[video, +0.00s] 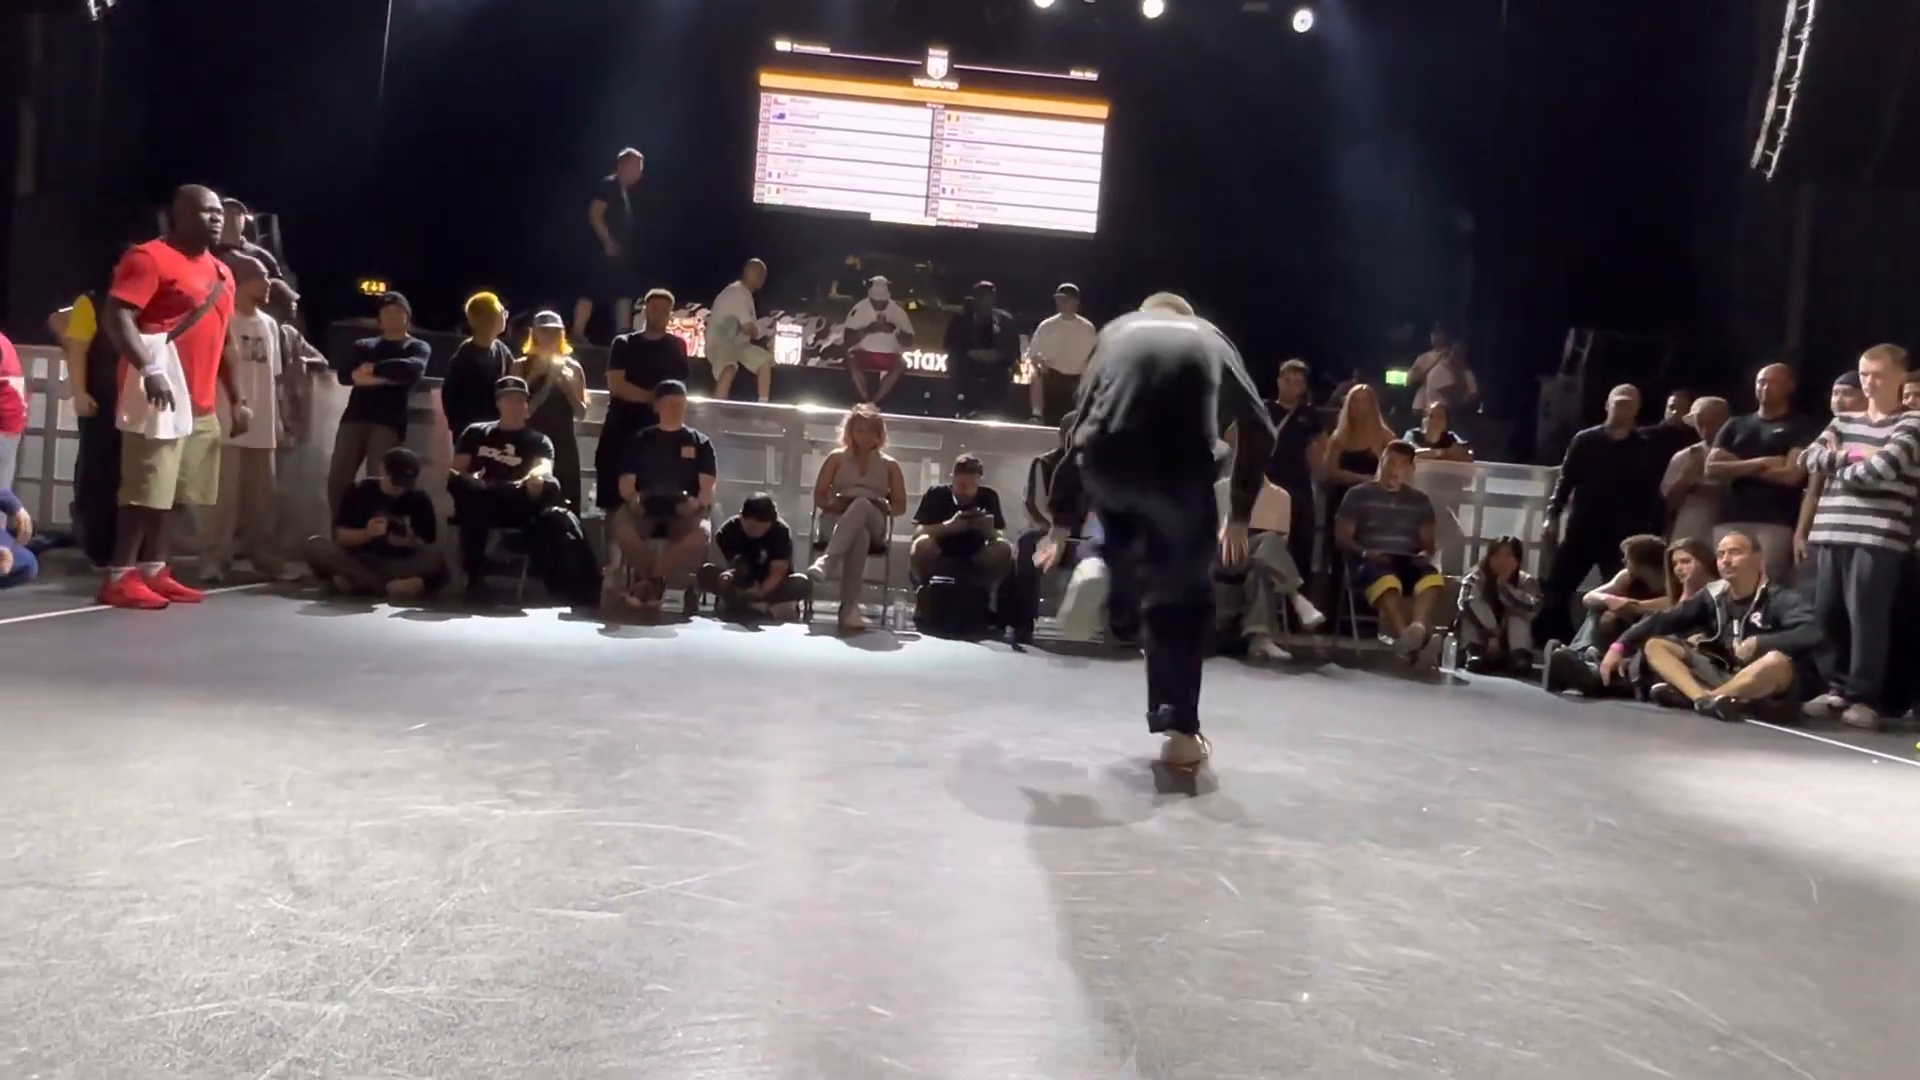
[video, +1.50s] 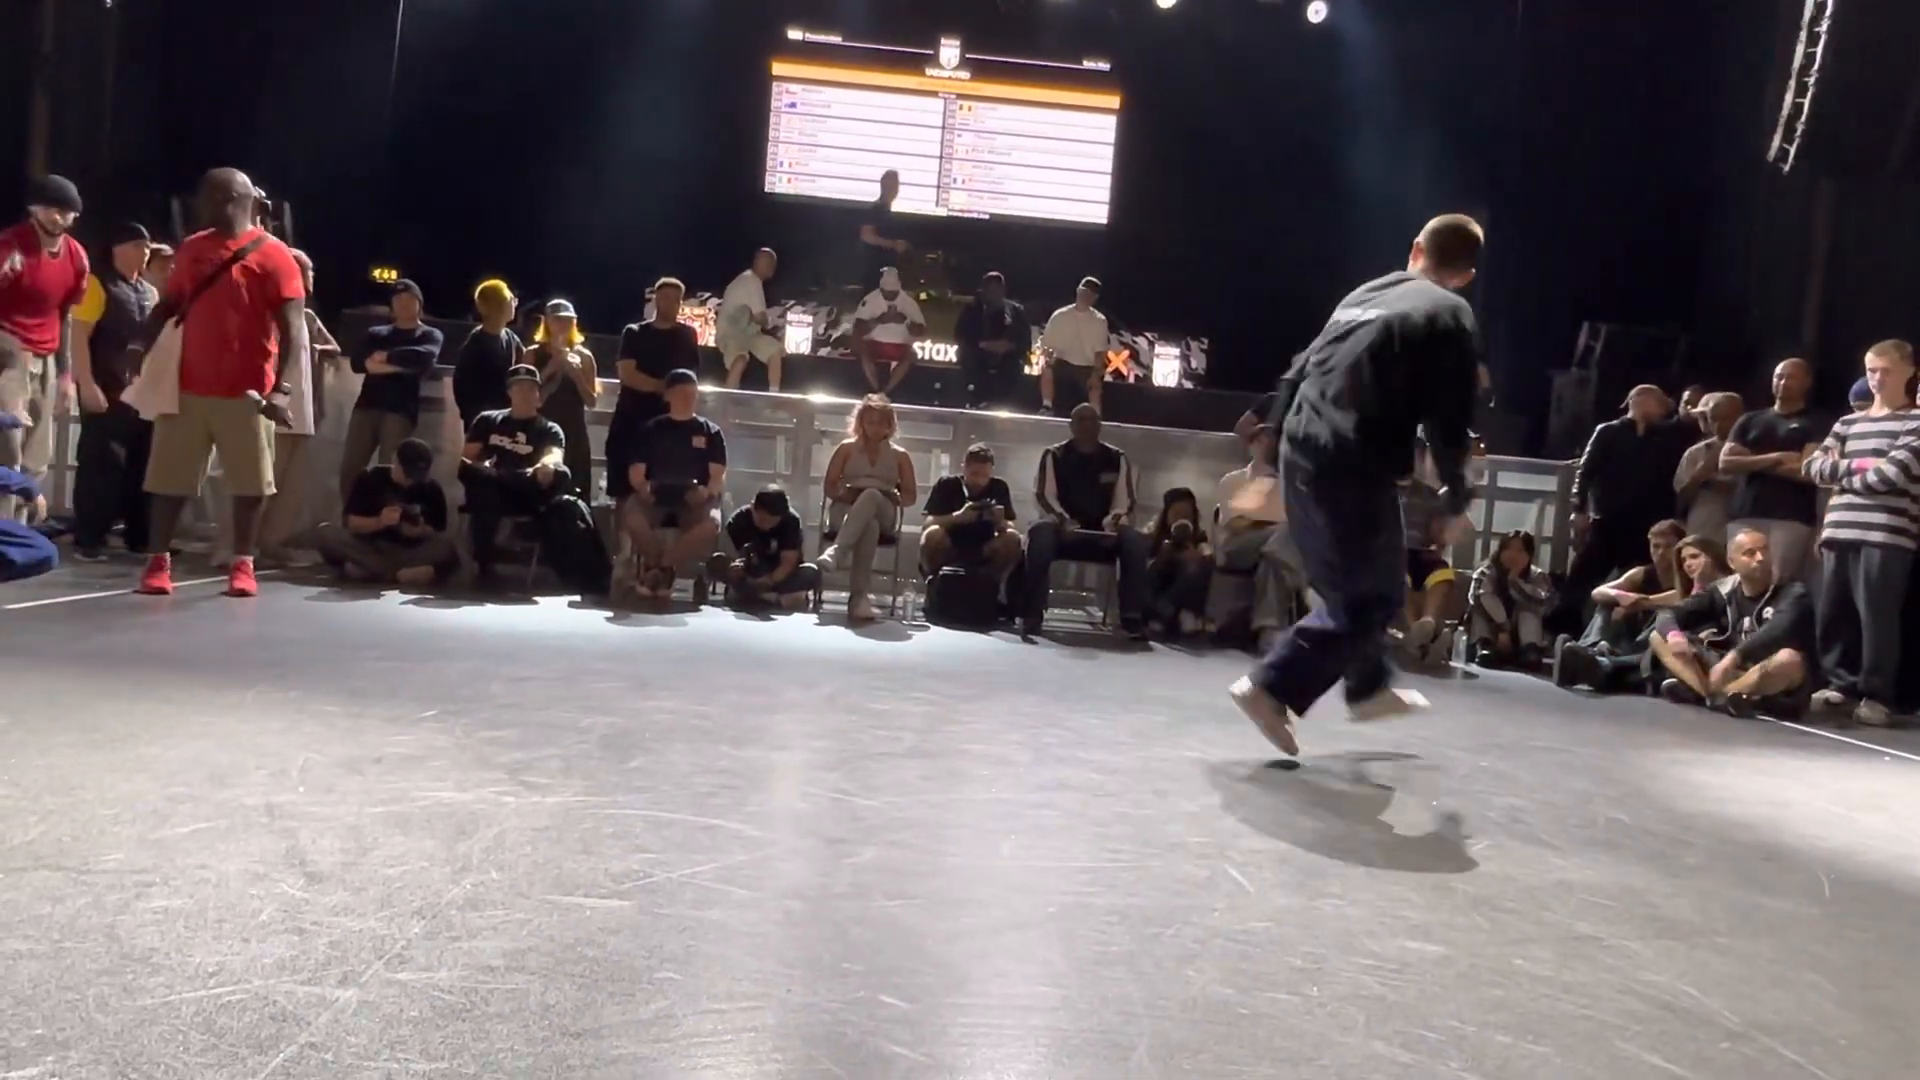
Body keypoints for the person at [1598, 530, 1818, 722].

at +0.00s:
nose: (1725, 560)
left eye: (1734, 553)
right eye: (1721, 555)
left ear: (1757, 558)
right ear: (1717, 562)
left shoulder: (1781, 598)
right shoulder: (1712, 596)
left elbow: (1812, 633)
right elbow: (1666, 620)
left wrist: (1757, 642)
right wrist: (1620, 646)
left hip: (1770, 689)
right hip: (1724, 678)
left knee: (1775, 661)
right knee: (1654, 647)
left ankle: (1704, 700)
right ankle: (1704, 699)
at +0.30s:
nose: (1735, 559)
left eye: (1744, 552)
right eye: (1729, 553)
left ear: (1762, 558)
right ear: (1722, 559)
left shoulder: (1782, 593)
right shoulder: (1717, 594)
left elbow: (1828, 620)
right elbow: (1671, 617)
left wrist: (1776, 638)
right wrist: (1623, 643)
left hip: (1775, 682)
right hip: (1726, 677)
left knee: (1780, 659)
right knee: (1658, 644)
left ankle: (1708, 697)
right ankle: (1707, 697)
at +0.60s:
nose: (1749, 557)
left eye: (1756, 551)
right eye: (1740, 552)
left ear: (1768, 557)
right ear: (1729, 561)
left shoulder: (1789, 595)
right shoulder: (1722, 595)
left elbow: (1830, 626)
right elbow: (1673, 618)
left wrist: (1775, 633)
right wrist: (1627, 642)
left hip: (1779, 687)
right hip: (1730, 679)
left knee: (1784, 657)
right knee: (1663, 644)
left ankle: (1711, 697)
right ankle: (1711, 698)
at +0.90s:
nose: (1759, 556)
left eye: (1765, 549)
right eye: (1749, 551)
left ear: (1774, 557)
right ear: (1736, 561)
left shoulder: (1794, 595)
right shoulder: (1726, 591)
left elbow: (1792, 627)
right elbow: (1678, 614)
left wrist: (1764, 653)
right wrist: (1634, 640)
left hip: (1777, 678)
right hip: (1732, 673)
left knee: (1789, 660)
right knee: (1666, 642)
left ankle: (1715, 696)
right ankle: (1713, 697)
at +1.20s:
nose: (1763, 559)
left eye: (1766, 552)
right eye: (1753, 555)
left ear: (1772, 554)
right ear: (1735, 564)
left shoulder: (1795, 593)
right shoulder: (1723, 594)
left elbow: (1809, 633)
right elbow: (1670, 615)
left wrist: (1773, 647)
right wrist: (1637, 640)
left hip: (1776, 675)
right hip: (1731, 669)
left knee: (1794, 662)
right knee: (1667, 642)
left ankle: (1721, 694)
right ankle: (1713, 695)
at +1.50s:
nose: (1760, 558)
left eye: (1763, 551)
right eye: (1750, 553)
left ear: (1770, 554)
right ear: (1732, 561)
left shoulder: (1793, 592)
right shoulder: (1721, 591)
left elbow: (1779, 630)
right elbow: (1667, 615)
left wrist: (1733, 658)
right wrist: (1673, 635)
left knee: (1789, 660)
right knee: (1659, 638)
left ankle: (1709, 695)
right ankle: (1718, 697)